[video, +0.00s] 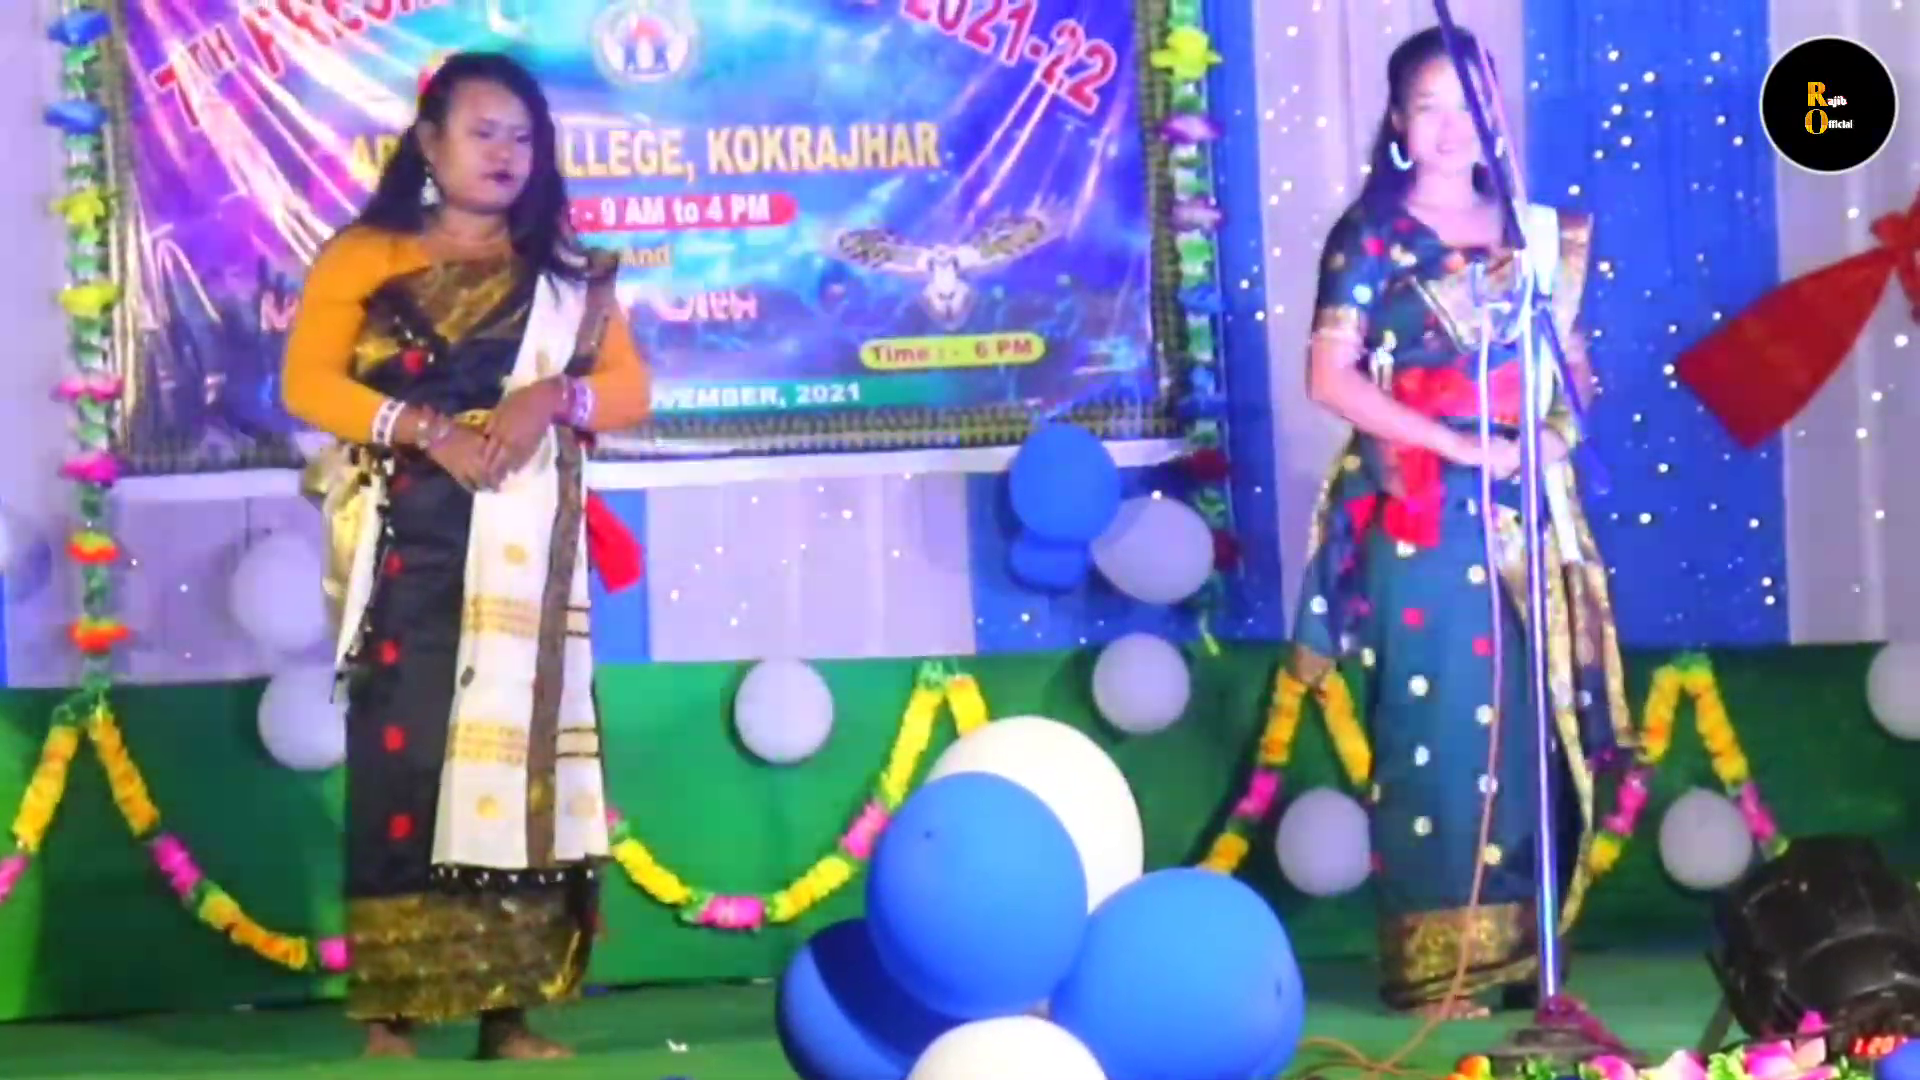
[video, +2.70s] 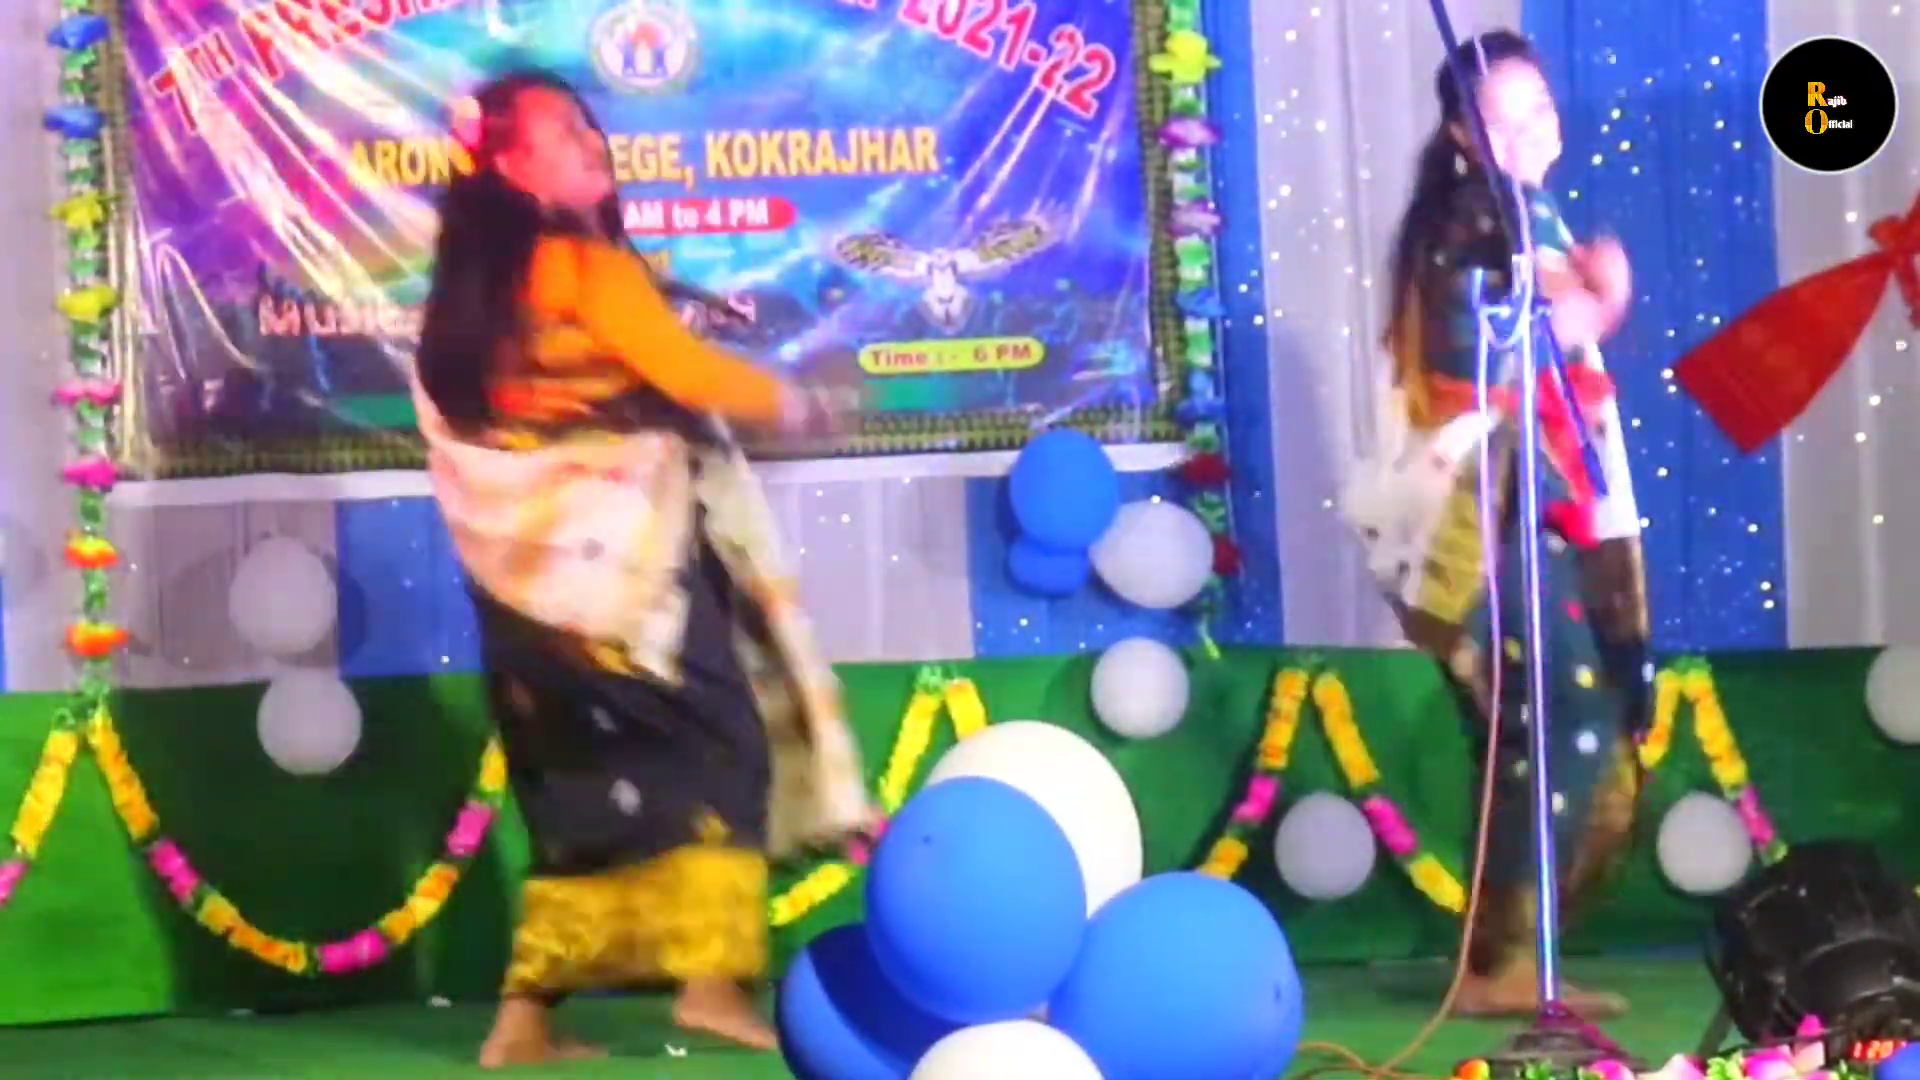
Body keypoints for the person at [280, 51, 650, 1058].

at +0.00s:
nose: (506, 154)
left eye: (522, 137)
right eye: (483, 132)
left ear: (540, 154)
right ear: (430, 142)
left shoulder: (564, 273)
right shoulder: (362, 259)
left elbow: (633, 392)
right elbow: (306, 382)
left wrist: (552, 395)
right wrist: (422, 425)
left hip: (526, 561)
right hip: (408, 555)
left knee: (521, 762)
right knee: (401, 766)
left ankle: (508, 1011)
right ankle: (389, 1011)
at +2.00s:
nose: (477, 152)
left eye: (492, 135)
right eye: (453, 133)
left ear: (511, 150)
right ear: (402, 147)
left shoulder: (549, 269)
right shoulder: (345, 264)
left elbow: (622, 386)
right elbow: (287, 389)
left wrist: (538, 399)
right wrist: (409, 433)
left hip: (520, 561)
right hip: (403, 559)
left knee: (518, 765)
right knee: (395, 771)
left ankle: (508, 1016)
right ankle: (386, 1017)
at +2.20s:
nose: (513, 141)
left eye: (519, 125)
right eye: (488, 126)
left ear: (529, 137)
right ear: (428, 141)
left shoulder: (556, 260)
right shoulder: (374, 251)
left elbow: (631, 380)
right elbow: (327, 374)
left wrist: (574, 406)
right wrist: (448, 397)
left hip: (536, 547)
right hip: (422, 544)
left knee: (530, 752)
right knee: (408, 760)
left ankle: (513, 1010)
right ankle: (390, 1012)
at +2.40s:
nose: (533, 146)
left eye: (534, 127)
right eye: (505, 134)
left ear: (546, 149)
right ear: (451, 166)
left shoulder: (549, 271)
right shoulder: (453, 266)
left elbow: (664, 360)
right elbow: (548, 340)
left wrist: (673, 275)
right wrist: (626, 276)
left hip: (577, 556)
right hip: (501, 558)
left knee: (579, 776)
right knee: (520, 773)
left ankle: (510, 1010)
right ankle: (421, 979)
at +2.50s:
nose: (550, 125)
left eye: (547, 108)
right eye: (523, 115)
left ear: (547, 132)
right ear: (469, 148)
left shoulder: (528, 237)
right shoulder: (493, 236)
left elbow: (678, 318)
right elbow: (632, 280)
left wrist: (639, 213)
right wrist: (637, 202)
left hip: (550, 546)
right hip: (529, 549)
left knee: (563, 765)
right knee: (566, 766)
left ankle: (511, 1007)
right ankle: (497, 1013)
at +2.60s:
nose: (580, 114)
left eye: (570, 98)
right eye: (555, 102)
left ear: (489, 138)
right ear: (498, 131)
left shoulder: (460, 245)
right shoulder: (561, 230)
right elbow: (677, 326)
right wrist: (714, 280)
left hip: (502, 560)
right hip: (595, 549)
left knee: (543, 764)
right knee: (690, 708)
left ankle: (511, 1003)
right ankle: (635, 953)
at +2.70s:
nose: (596, 145)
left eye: (586, 127)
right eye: (569, 133)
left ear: (504, 169)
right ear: (515, 162)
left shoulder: (469, 282)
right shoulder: (589, 268)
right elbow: (687, 371)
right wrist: (783, 400)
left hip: (527, 588)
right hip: (634, 576)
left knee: (575, 792)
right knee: (723, 746)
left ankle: (524, 1018)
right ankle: (715, 986)